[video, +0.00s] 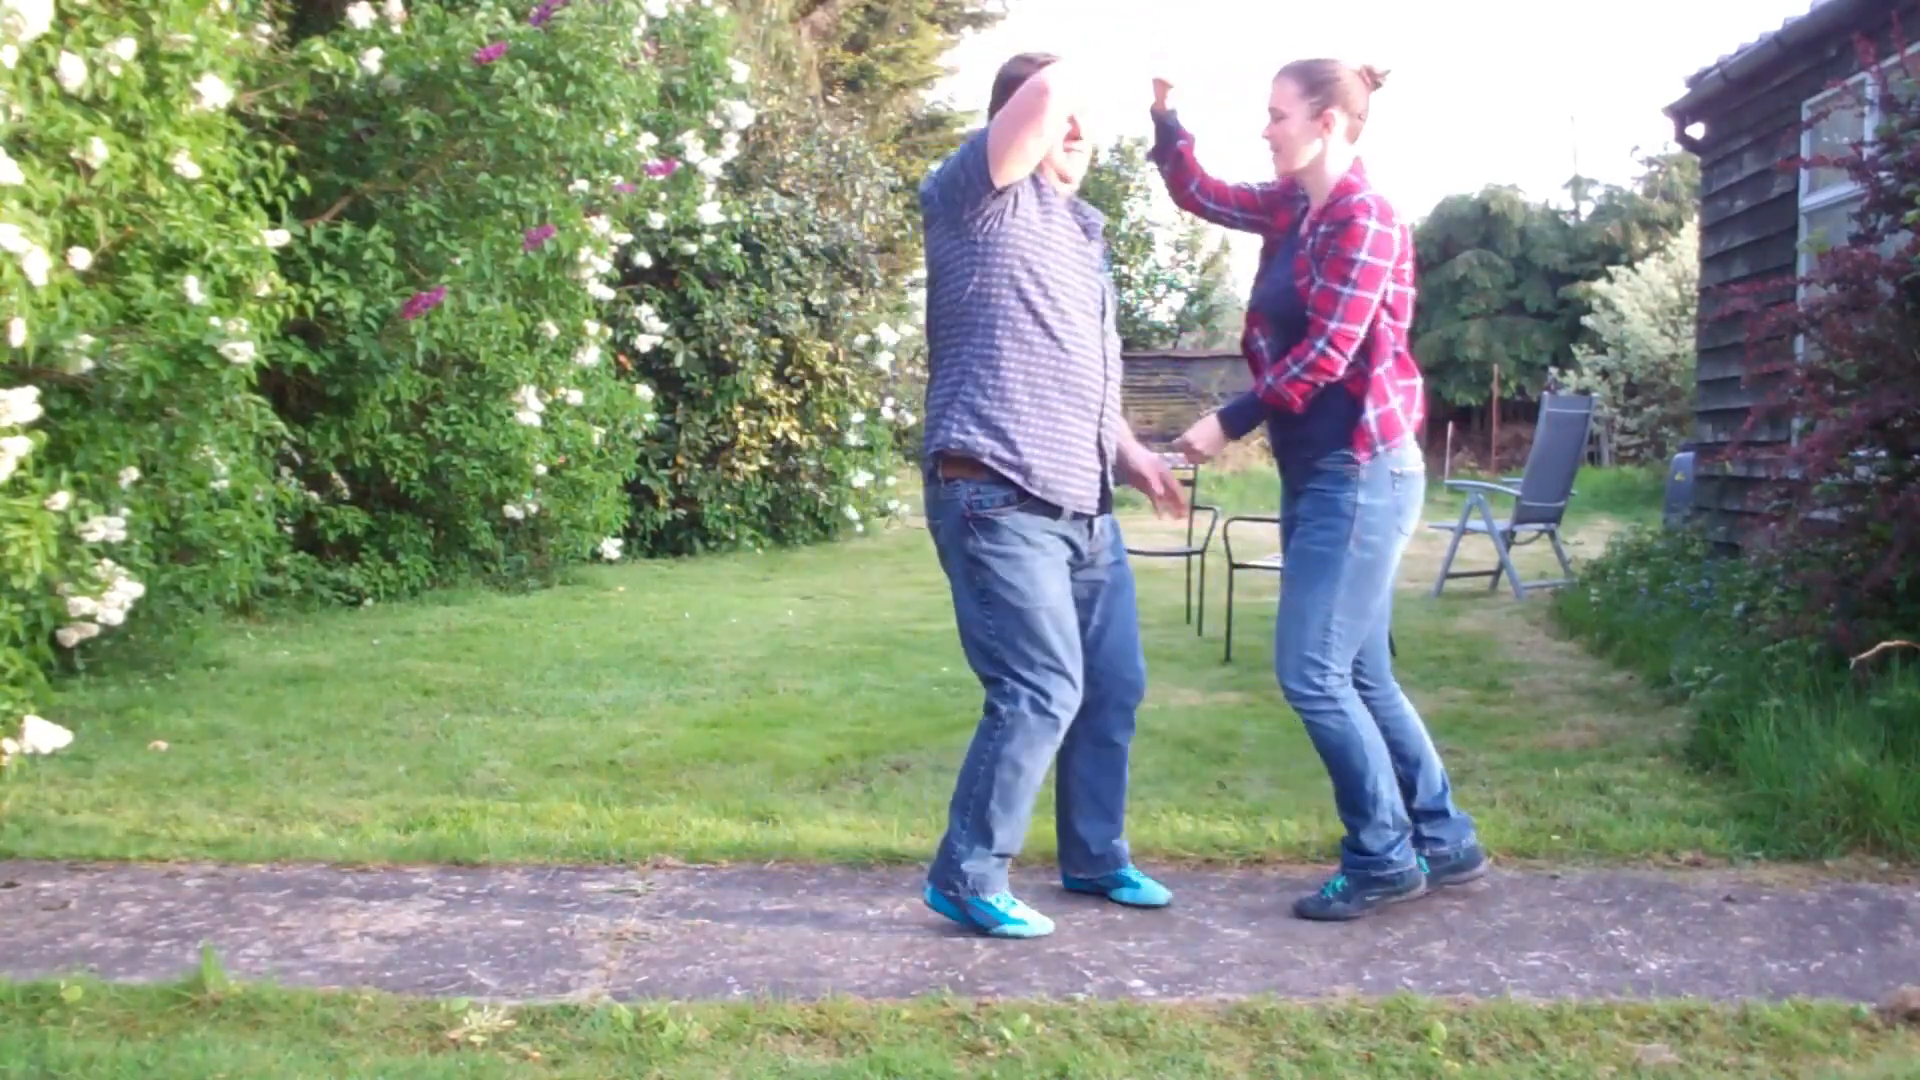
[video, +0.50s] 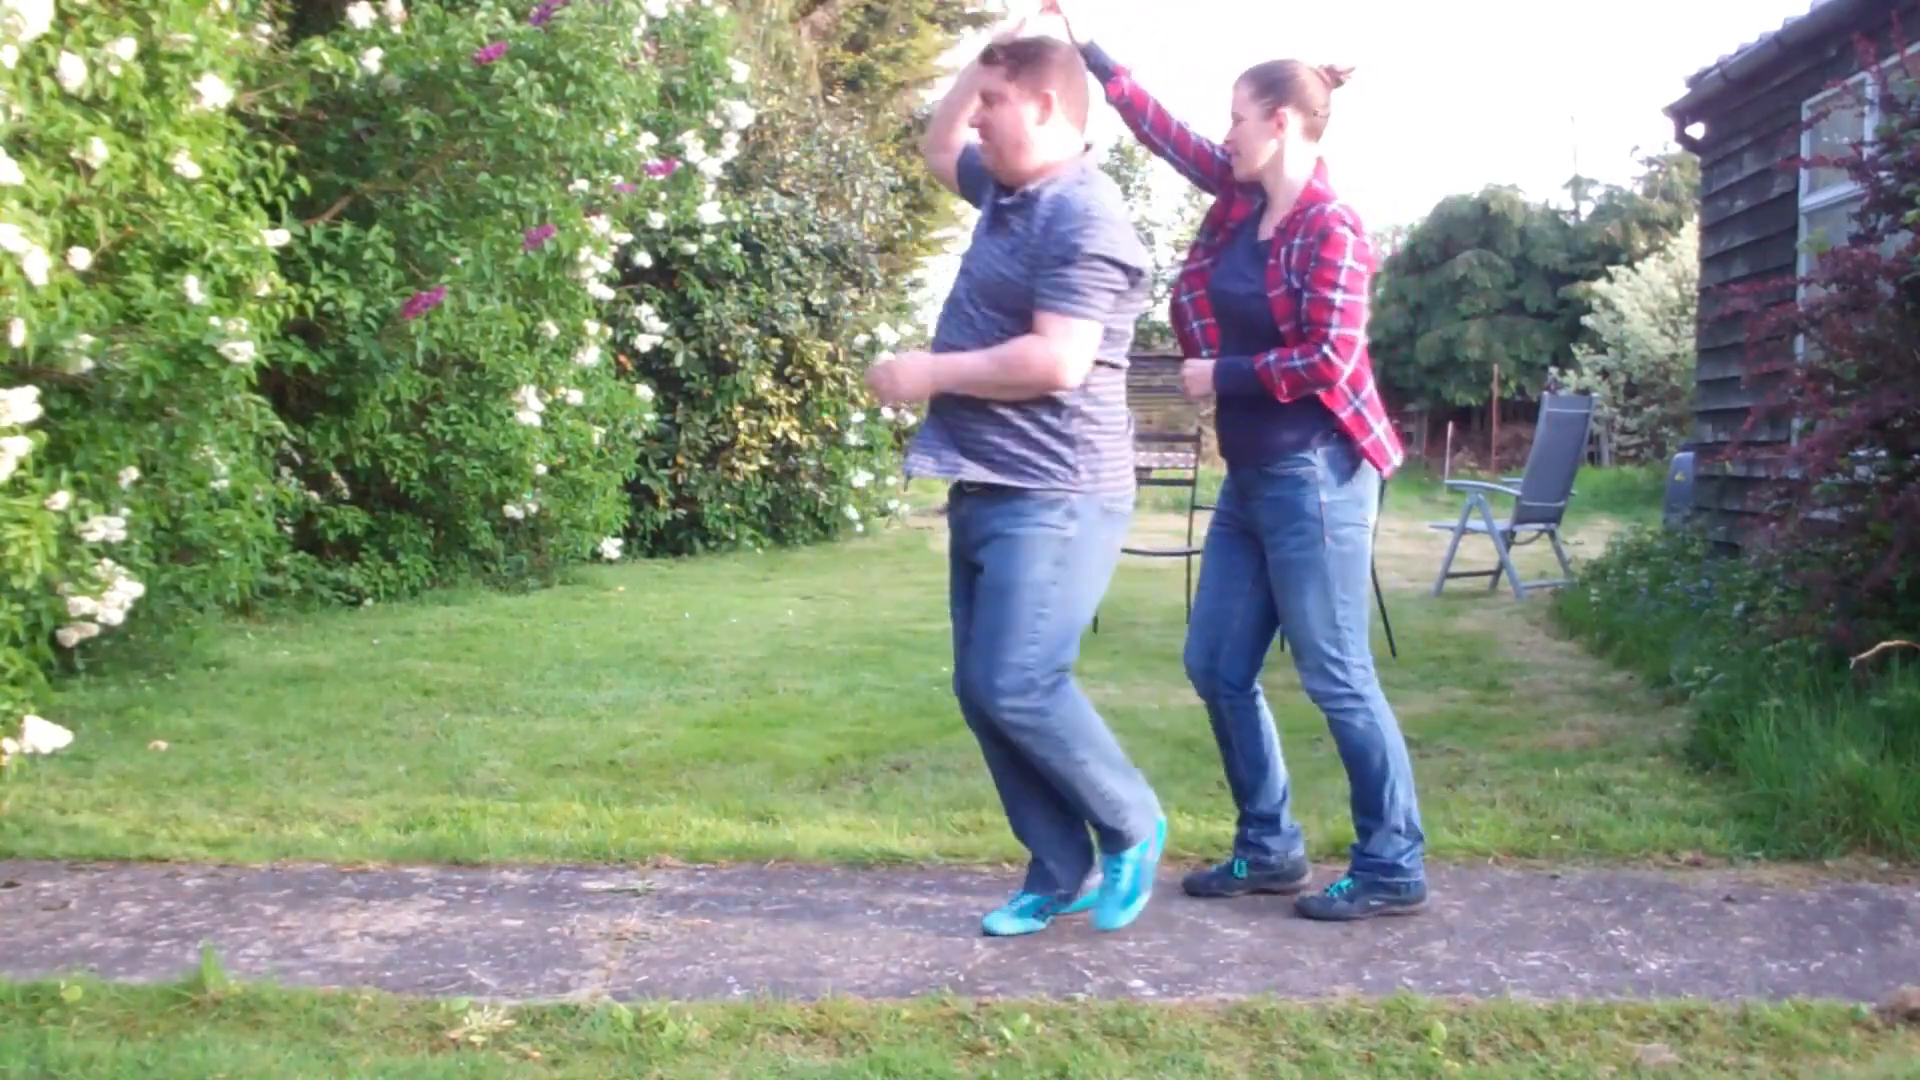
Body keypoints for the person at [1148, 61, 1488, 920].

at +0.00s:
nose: (1265, 132)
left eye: (1278, 118)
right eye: (1266, 118)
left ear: (1331, 126)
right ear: (1316, 125)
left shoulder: (1368, 221)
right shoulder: (1292, 208)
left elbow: (1325, 356)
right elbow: (1201, 194)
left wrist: (1228, 421)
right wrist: (1164, 119)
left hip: (1361, 471)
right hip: (1325, 469)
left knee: (1312, 675)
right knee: (1364, 674)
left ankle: (1384, 857)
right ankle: (1443, 837)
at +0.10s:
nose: (1261, 132)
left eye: (1274, 117)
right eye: (1262, 117)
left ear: (1326, 123)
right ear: (1308, 122)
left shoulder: (1366, 217)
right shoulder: (1284, 204)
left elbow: (1340, 347)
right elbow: (1196, 180)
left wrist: (1233, 407)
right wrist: (1150, 98)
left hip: (1356, 464)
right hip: (1304, 466)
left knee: (1325, 673)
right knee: (1320, 669)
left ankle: (1386, 864)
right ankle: (1425, 820)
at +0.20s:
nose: (1253, 130)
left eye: (1268, 117)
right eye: (1255, 117)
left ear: (1320, 122)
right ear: (1293, 123)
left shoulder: (1359, 218)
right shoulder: (1272, 203)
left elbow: (1347, 350)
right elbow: (1186, 161)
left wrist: (1233, 387)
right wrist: (1130, 75)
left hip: (1350, 464)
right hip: (1290, 467)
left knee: (1333, 674)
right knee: (1271, 670)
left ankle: (1391, 867)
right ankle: (1404, 803)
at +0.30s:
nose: (1246, 134)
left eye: (1260, 120)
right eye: (1249, 119)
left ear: (1311, 126)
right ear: (1288, 127)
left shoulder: (1357, 223)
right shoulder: (1264, 199)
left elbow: (1349, 352)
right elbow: (1180, 140)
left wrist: (1235, 378)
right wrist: (1111, 55)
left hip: (1345, 471)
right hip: (1278, 472)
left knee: (1342, 678)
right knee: (1246, 664)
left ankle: (1394, 868)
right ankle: (1356, 809)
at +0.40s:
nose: (1237, 130)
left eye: (1249, 116)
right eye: (1239, 116)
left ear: (1300, 125)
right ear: (1278, 128)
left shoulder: (1347, 225)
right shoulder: (1250, 195)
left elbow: (1350, 354)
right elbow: (1172, 125)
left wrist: (1240, 377)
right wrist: (1098, 41)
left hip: (1335, 473)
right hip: (1268, 477)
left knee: (1344, 677)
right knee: (1227, 662)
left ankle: (1395, 868)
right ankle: (1306, 835)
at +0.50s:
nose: (1225, 133)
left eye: (1236, 119)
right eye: (1226, 119)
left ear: (1285, 126)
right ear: (1265, 130)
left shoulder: (1331, 227)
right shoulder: (1237, 199)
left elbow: (1331, 361)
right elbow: (1160, 126)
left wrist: (1223, 374)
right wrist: (1081, 45)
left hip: (1318, 468)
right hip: (1250, 471)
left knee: (1337, 674)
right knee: (1217, 665)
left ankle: (1392, 865)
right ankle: (1270, 847)